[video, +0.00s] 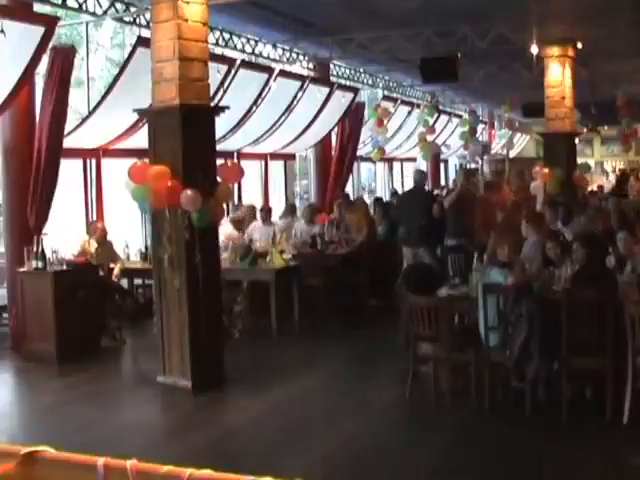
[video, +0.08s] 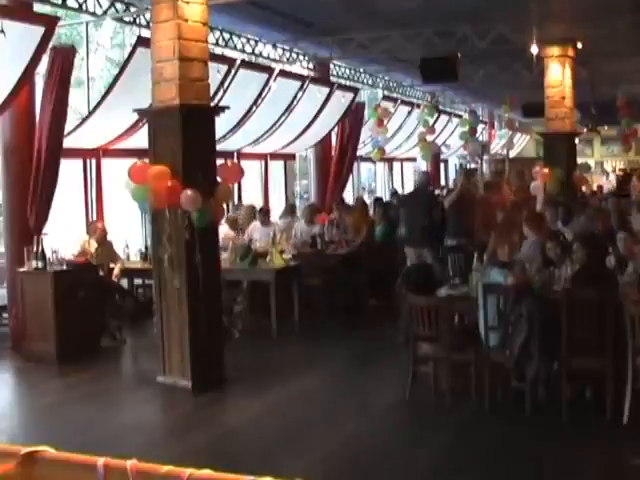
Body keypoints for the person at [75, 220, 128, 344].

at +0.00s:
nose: (104, 234)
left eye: (104, 231)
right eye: (101, 231)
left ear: (105, 232)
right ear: (93, 232)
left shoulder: (107, 246)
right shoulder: (85, 244)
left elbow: (119, 261)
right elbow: (75, 258)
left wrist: (116, 273)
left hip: (105, 281)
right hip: (88, 281)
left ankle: (114, 332)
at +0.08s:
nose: (104, 234)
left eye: (104, 231)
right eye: (101, 231)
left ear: (105, 232)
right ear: (93, 232)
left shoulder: (107, 246)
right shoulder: (86, 244)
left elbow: (119, 261)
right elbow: (75, 258)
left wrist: (116, 274)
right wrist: (85, 260)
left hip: (104, 281)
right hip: (88, 280)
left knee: (110, 306)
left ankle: (115, 332)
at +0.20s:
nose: (104, 235)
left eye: (105, 232)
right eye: (101, 232)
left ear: (105, 233)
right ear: (93, 232)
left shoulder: (107, 246)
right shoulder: (86, 244)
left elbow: (119, 261)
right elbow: (75, 258)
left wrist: (116, 274)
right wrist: (85, 260)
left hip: (104, 281)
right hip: (88, 280)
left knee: (110, 306)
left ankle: (115, 332)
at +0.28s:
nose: (103, 234)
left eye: (104, 231)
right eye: (100, 231)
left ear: (105, 233)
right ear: (93, 232)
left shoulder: (107, 246)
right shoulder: (86, 244)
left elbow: (119, 261)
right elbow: (75, 258)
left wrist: (116, 273)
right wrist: (85, 259)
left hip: (104, 281)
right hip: (88, 280)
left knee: (111, 306)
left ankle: (115, 332)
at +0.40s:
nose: (104, 235)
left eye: (104, 232)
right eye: (101, 232)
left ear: (105, 233)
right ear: (93, 232)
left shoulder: (107, 246)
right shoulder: (85, 244)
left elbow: (119, 261)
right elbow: (75, 258)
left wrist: (116, 274)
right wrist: (85, 260)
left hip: (104, 281)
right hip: (88, 280)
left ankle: (114, 332)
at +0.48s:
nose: (104, 235)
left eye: (105, 232)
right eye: (101, 232)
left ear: (105, 233)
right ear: (93, 232)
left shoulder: (107, 246)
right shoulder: (85, 244)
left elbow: (119, 261)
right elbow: (75, 258)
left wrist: (116, 274)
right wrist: (85, 260)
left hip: (104, 281)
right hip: (88, 280)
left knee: (110, 307)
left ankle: (114, 332)